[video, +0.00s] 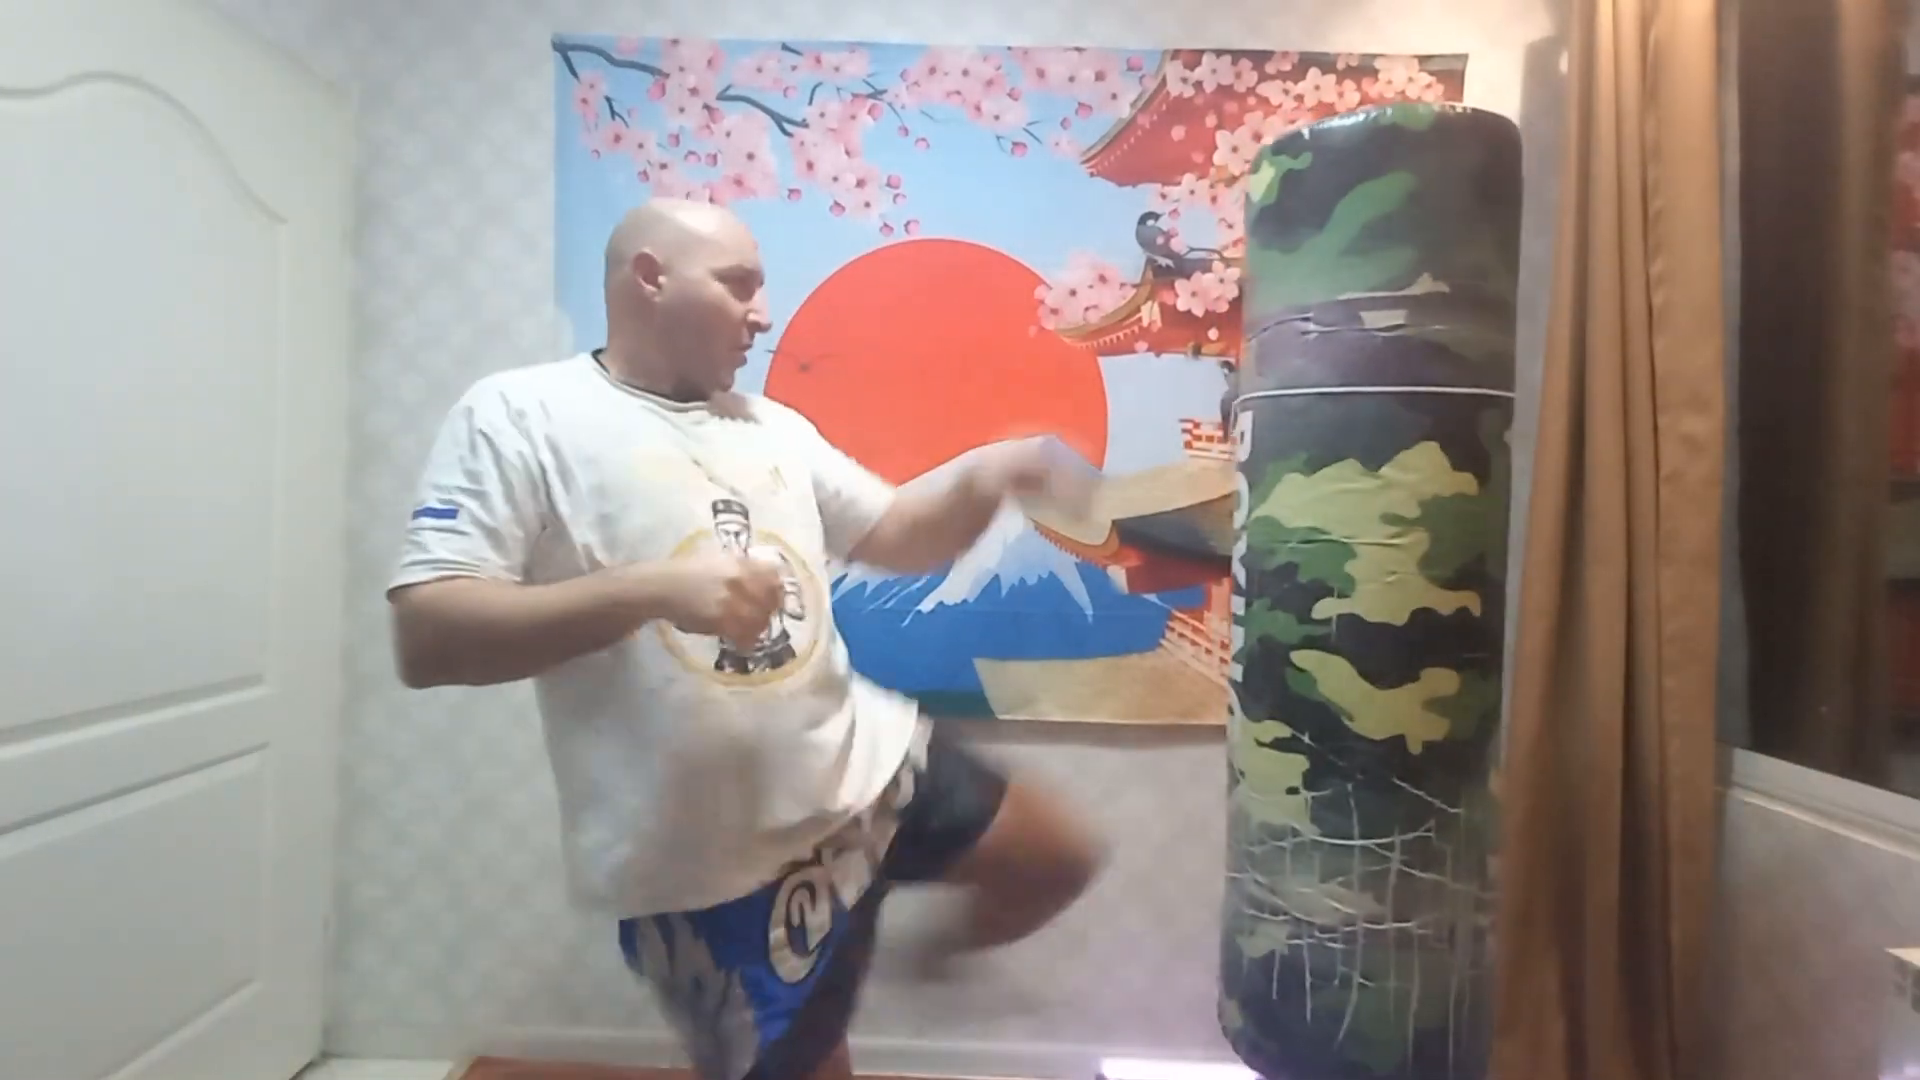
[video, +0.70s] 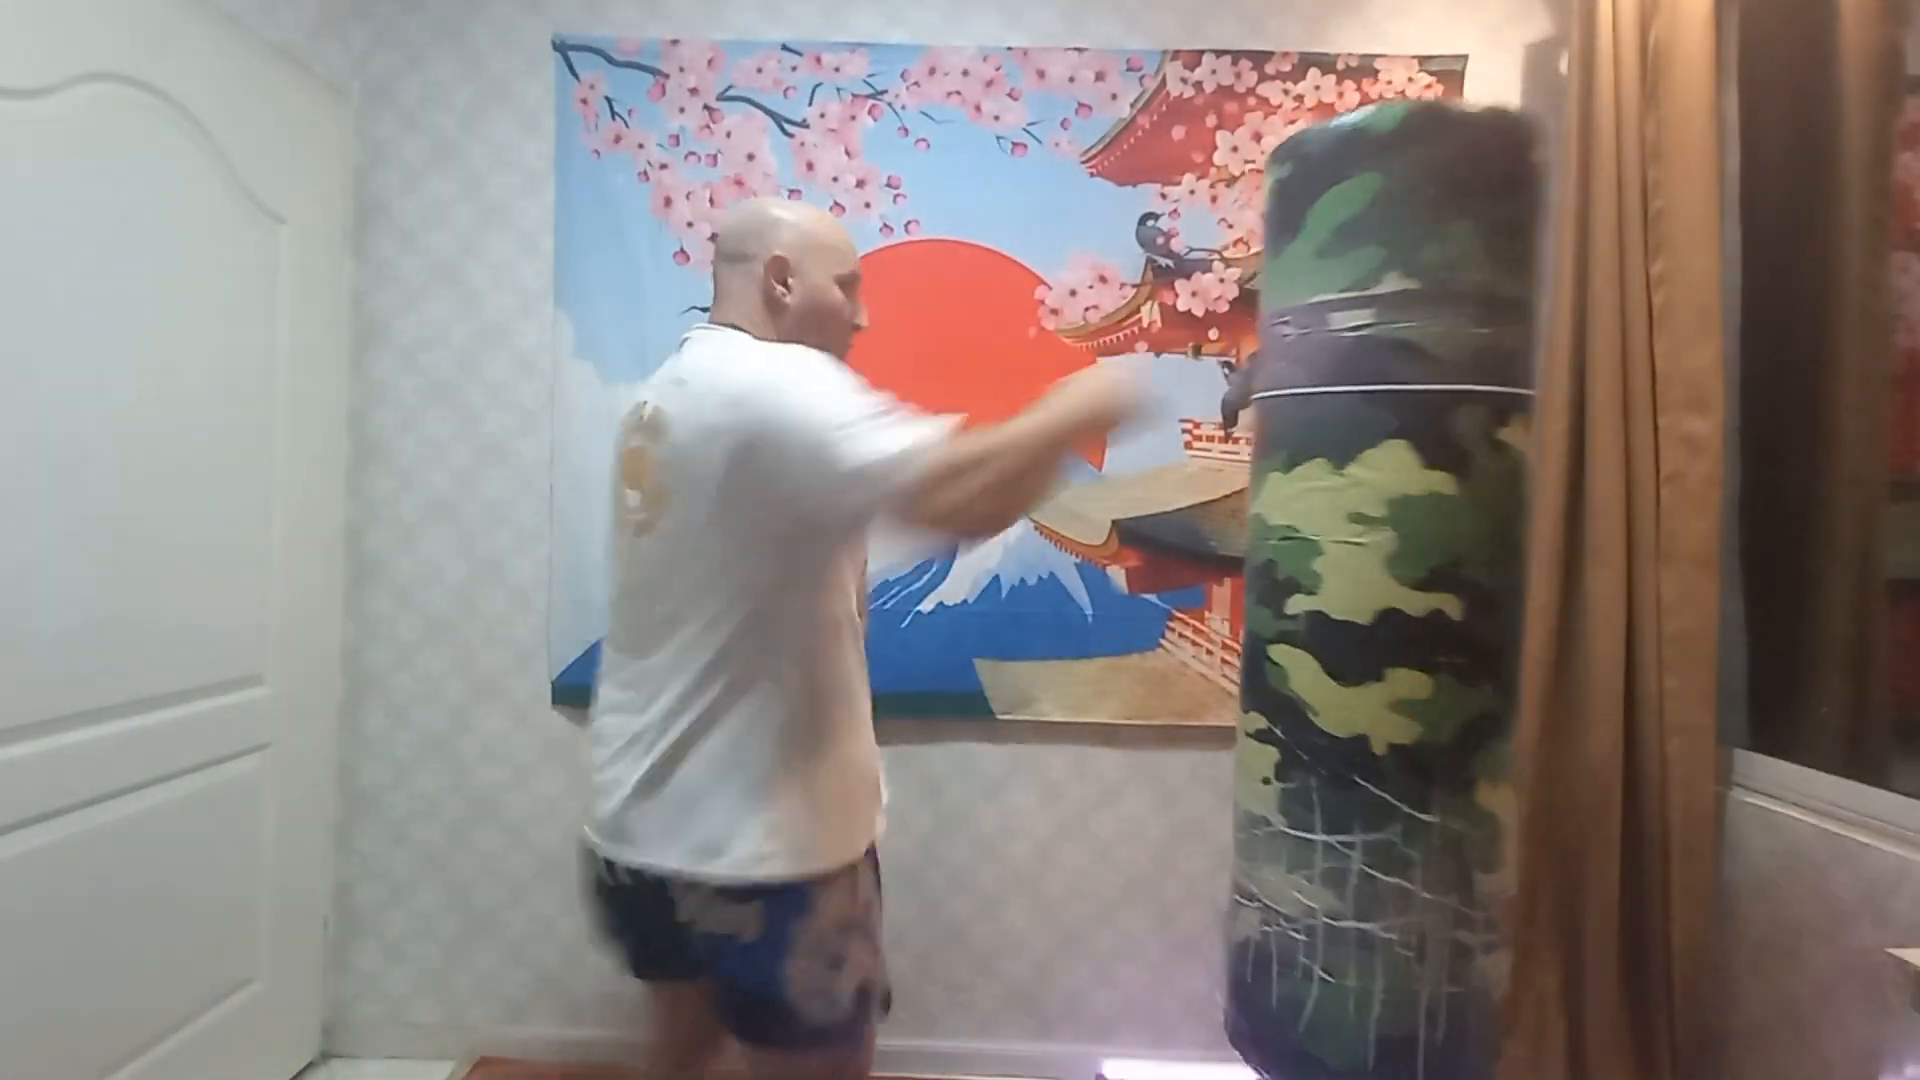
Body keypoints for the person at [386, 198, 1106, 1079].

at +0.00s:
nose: (761, 313)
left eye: (760, 289)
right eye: (738, 284)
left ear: (658, 283)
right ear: (649, 280)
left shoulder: (771, 429)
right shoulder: (516, 420)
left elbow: (893, 534)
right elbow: (429, 637)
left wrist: (986, 476)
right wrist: (654, 587)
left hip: (861, 761)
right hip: (711, 868)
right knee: (806, 1071)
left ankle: (917, 955)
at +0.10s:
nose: (776, 309)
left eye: (776, 286)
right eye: (752, 283)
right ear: (661, 278)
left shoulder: (779, 428)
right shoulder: (530, 414)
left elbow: (873, 565)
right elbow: (476, 641)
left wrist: (948, 553)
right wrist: (705, 606)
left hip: (865, 717)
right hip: (724, 854)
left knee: (1127, 793)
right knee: (814, 1065)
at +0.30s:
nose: (820, 297)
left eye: (819, 271)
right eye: (797, 266)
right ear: (704, 262)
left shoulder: (818, 418)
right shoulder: (566, 409)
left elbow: (943, 541)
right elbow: (521, 654)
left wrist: (958, 478)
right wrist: (754, 730)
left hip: (891, 770)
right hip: (745, 872)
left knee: (1081, 861)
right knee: (791, 1067)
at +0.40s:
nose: (839, 296)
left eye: (838, 269)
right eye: (819, 266)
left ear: (736, 260)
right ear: (727, 258)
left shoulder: (847, 413)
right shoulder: (580, 410)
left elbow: (990, 469)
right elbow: (503, 647)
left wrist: (1081, 370)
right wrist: (714, 732)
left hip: (884, 804)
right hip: (728, 887)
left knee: (979, 935)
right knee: (777, 1070)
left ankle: (982, 1069)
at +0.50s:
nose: (854, 295)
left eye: (848, 268)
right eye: (831, 268)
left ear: (757, 264)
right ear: (747, 265)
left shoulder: (854, 410)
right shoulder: (611, 409)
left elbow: (1019, 434)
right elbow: (516, 642)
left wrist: (1162, 356)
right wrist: (747, 680)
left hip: (858, 853)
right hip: (724, 893)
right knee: (732, 1065)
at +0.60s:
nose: (862, 307)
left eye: (859, 281)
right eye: (844, 277)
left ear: (770, 277)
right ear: (767, 273)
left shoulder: (794, 410)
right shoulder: (685, 394)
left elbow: (915, 492)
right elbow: (652, 624)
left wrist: (1016, 407)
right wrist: (882, 547)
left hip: (823, 855)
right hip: (749, 877)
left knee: (831, 1059)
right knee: (766, 1066)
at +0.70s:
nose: (861, 316)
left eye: (859, 289)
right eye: (848, 286)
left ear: (763, 285)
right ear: (780, 281)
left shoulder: (669, 389)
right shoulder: (782, 391)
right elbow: (963, 496)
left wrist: (933, 449)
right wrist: (1089, 399)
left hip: (646, 831)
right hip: (771, 856)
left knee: (684, 1046)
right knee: (813, 1062)